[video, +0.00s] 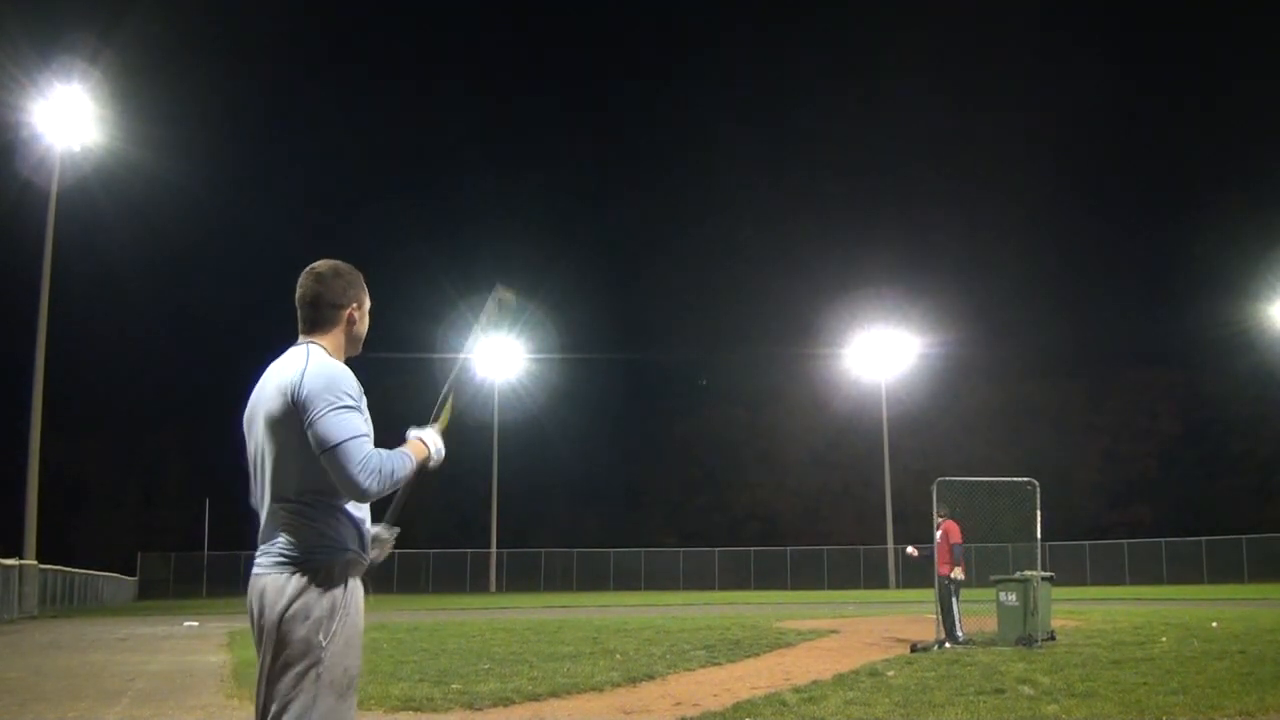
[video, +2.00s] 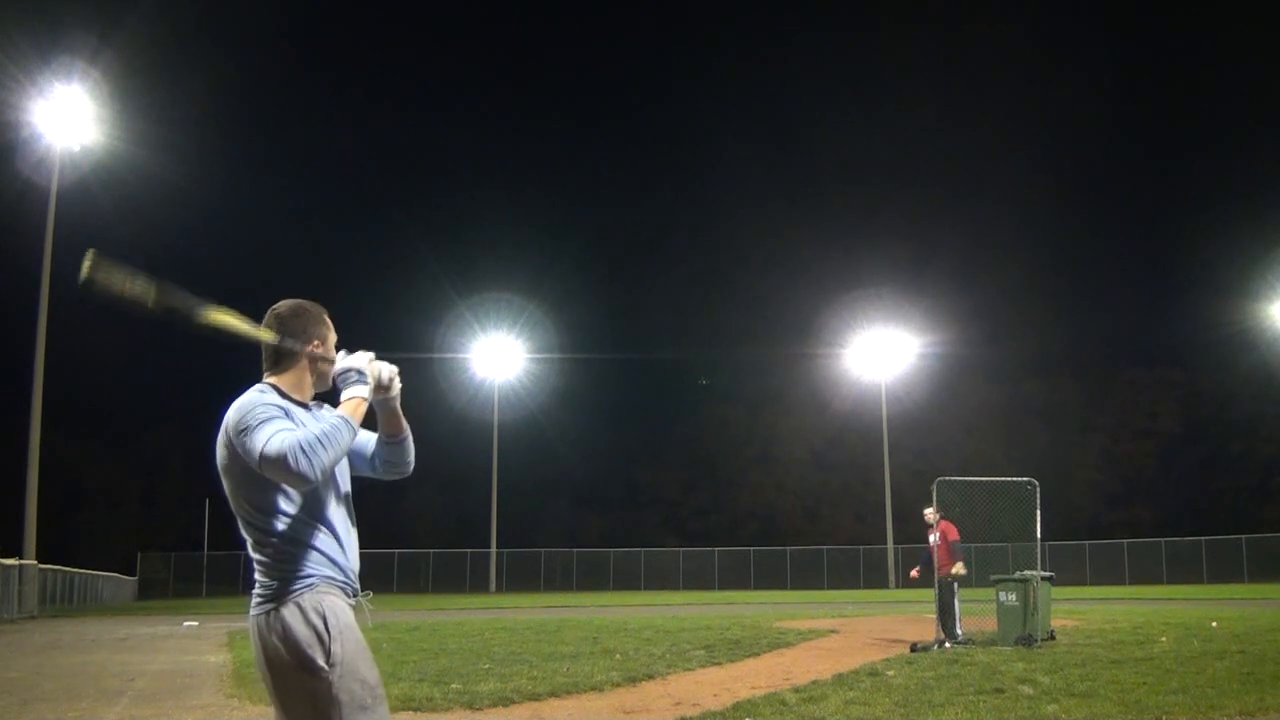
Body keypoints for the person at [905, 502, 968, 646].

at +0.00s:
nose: (933, 517)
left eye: (934, 514)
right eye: (933, 515)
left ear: (939, 514)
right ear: (940, 514)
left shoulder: (950, 526)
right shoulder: (940, 529)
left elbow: (956, 546)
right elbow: (937, 550)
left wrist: (957, 566)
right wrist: (918, 552)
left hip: (949, 573)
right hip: (941, 574)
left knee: (951, 605)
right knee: (944, 606)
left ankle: (956, 636)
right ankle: (949, 636)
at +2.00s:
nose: (927, 517)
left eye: (930, 514)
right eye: (925, 515)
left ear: (937, 514)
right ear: (925, 518)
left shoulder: (946, 526)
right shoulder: (931, 532)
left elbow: (955, 544)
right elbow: (930, 554)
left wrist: (958, 562)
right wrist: (919, 568)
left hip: (949, 573)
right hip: (939, 574)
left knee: (950, 605)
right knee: (941, 606)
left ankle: (954, 635)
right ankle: (946, 635)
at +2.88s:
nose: (943, 511)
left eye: (945, 509)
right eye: (939, 509)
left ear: (951, 512)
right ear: (936, 513)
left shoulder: (961, 526)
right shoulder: (934, 527)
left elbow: (974, 542)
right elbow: (924, 534)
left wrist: (974, 558)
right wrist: (919, 524)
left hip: (958, 572)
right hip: (942, 574)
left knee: (955, 605)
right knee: (943, 606)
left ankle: (953, 637)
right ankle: (950, 634)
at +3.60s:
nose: (959, 514)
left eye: (962, 511)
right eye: (957, 511)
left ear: (967, 513)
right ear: (953, 513)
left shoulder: (973, 529)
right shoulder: (954, 530)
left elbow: (982, 549)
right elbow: (957, 553)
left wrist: (977, 566)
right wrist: (954, 570)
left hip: (969, 572)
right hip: (959, 573)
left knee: (968, 605)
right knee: (964, 605)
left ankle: (969, 635)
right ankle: (969, 633)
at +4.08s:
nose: (966, 513)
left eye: (970, 511)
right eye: (965, 511)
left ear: (976, 513)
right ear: (962, 513)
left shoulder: (983, 529)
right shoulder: (962, 529)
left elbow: (986, 551)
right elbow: (962, 551)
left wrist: (970, 561)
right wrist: (957, 566)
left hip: (978, 573)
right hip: (965, 574)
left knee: (979, 605)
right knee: (966, 606)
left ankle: (983, 635)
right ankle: (972, 634)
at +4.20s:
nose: (965, 511)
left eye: (969, 509)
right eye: (965, 509)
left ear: (977, 513)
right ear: (965, 511)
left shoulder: (984, 528)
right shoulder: (964, 528)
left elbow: (986, 551)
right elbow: (964, 549)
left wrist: (967, 558)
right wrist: (957, 562)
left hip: (980, 573)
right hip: (967, 573)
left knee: (979, 605)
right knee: (967, 606)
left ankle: (982, 635)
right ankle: (972, 635)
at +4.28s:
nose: (965, 510)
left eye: (969, 508)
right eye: (966, 508)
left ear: (976, 513)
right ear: (969, 512)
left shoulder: (984, 528)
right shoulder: (966, 528)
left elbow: (985, 551)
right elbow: (966, 547)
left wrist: (966, 557)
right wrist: (958, 557)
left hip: (981, 572)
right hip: (969, 572)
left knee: (980, 605)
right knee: (968, 604)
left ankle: (983, 635)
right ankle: (972, 634)